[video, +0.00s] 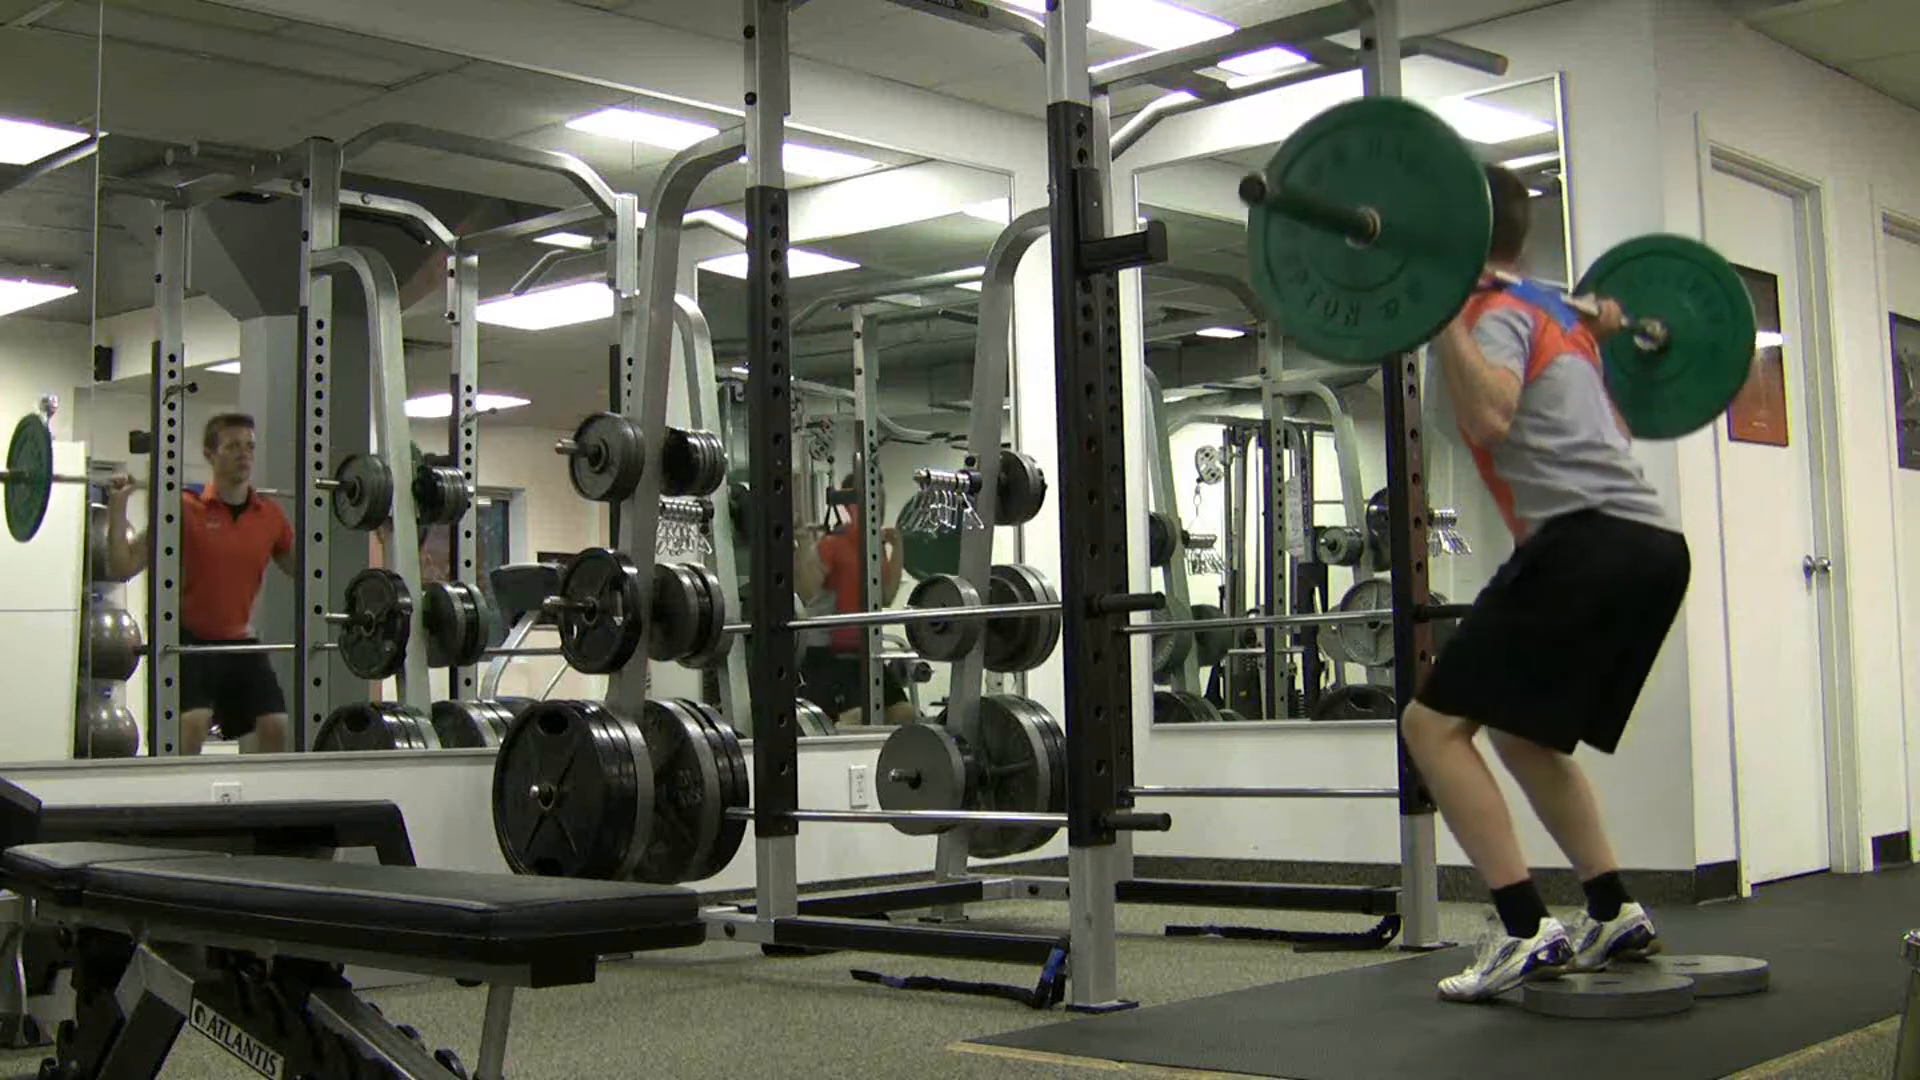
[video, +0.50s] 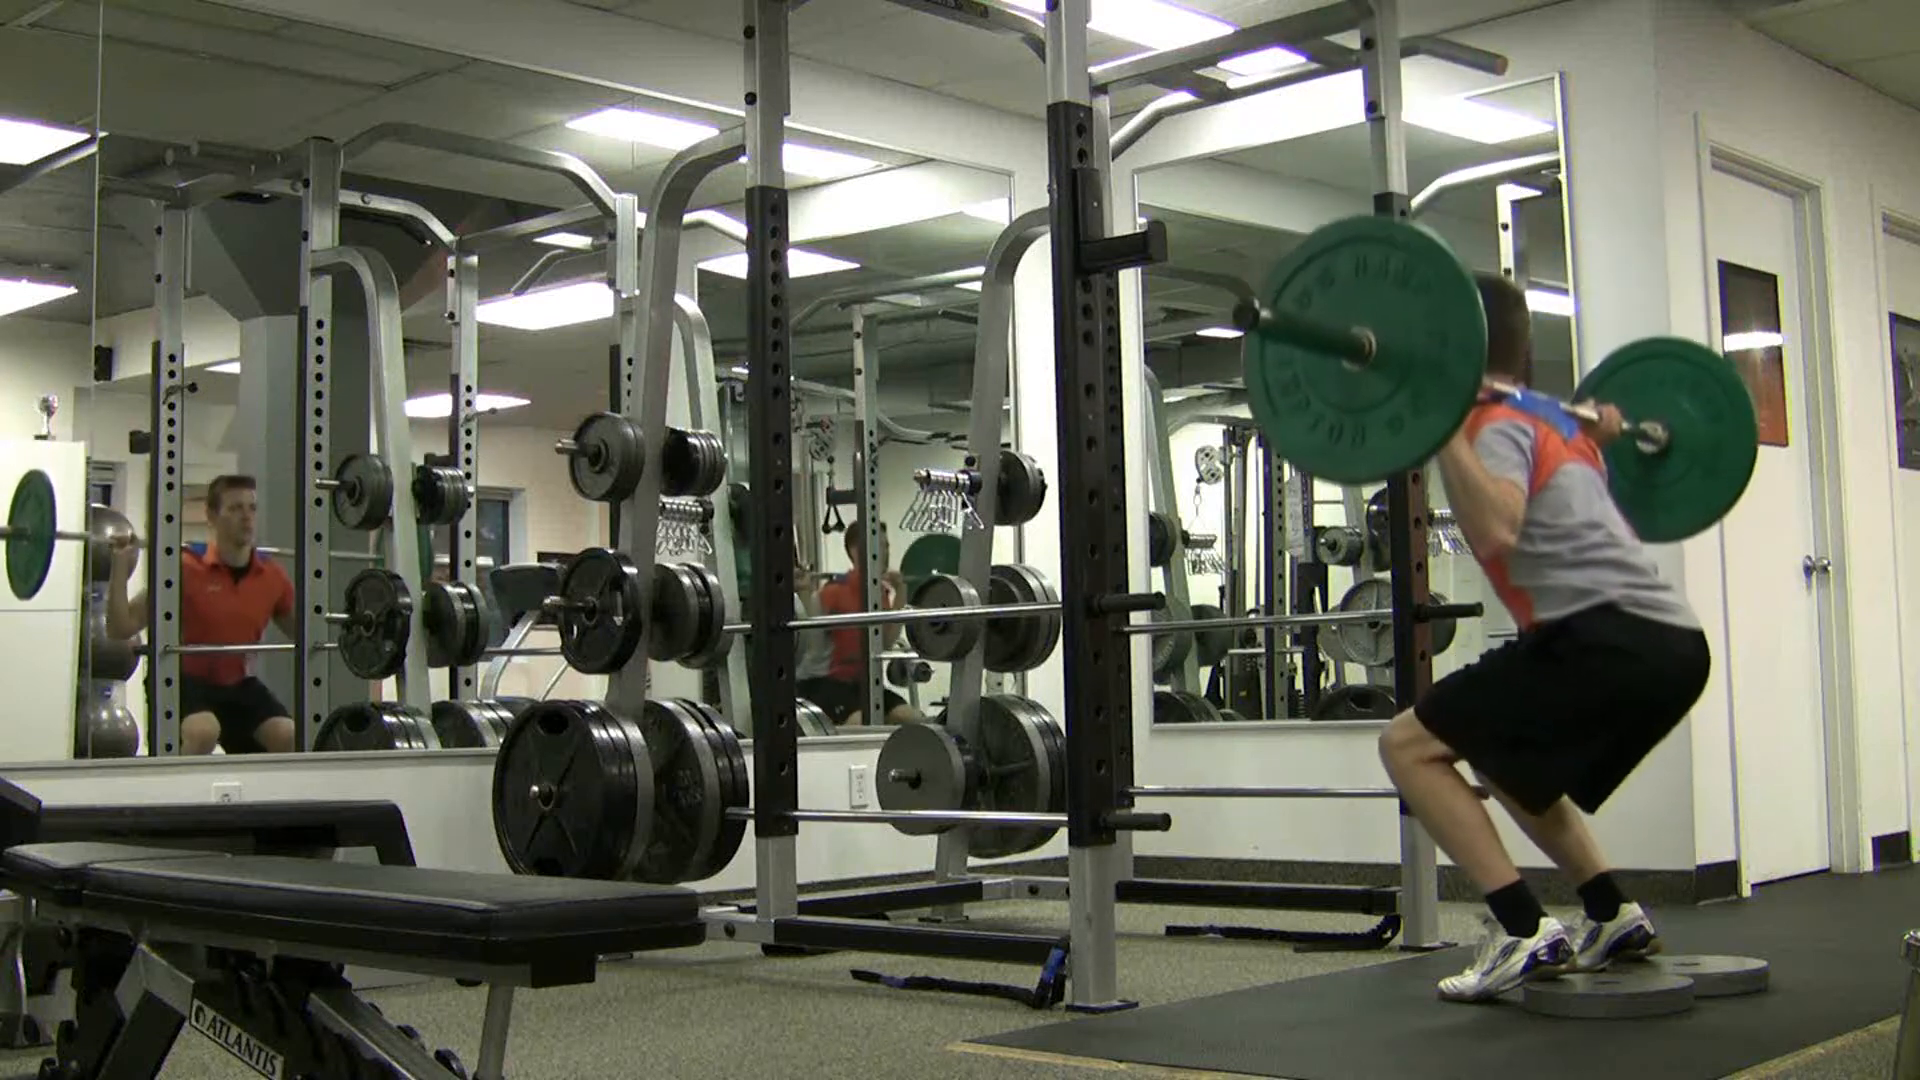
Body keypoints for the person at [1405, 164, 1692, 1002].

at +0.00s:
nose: (1437, 244)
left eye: (1443, 223)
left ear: (1459, 232)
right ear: (1521, 235)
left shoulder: (1497, 306)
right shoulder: (1562, 310)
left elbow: (1487, 420)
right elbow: (1618, 418)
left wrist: (1438, 310)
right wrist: (1596, 327)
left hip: (1584, 541)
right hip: (1655, 548)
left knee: (1431, 725)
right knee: (1524, 730)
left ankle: (1525, 930)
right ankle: (1617, 916)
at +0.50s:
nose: (1429, 360)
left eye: (1438, 343)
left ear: (1456, 351)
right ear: (1517, 351)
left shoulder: (1499, 421)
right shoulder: (1560, 421)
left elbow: (1495, 532)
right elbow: (1579, 496)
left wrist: (1441, 427)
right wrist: (1593, 435)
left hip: (1600, 636)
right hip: (1675, 647)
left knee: (1408, 745)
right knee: (1511, 769)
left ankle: (1521, 929)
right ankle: (1612, 913)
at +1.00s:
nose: (1431, 429)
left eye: (1438, 415)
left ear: (1452, 424)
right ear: (1522, 428)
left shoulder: (1500, 503)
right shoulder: (1563, 494)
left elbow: (1501, 615)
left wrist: (1440, 507)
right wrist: (1596, 503)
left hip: (1617, 709)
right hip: (1679, 721)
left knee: (1398, 753)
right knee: (1498, 779)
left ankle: (1524, 931)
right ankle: (1611, 913)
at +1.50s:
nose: (1434, 436)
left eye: (1439, 423)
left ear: (1449, 435)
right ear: (1523, 437)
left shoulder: (1497, 510)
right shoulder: (1564, 503)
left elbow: (1499, 622)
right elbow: (1586, 542)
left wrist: (1436, 514)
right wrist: (1599, 509)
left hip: (1619, 715)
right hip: (1682, 726)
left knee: (1399, 752)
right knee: (1501, 776)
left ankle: (1523, 931)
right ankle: (1611, 913)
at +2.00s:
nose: (1435, 321)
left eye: (1438, 305)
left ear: (1453, 307)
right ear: (1514, 307)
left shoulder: (1496, 370)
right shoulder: (1555, 373)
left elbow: (1494, 477)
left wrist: (1440, 378)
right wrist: (1593, 382)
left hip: (1599, 590)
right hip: (1671, 593)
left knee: (1420, 735)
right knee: (1512, 750)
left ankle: (1522, 929)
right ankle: (1614, 913)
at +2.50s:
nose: (1439, 185)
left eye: (1444, 166)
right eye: (1448, 167)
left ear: (1464, 169)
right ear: (1521, 174)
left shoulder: (1498, 242)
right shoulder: (1567, 253)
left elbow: (1486, 347)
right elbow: (1625, 377)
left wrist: (1442, 243)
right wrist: (1606, 279)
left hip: (1570, 488)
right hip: (1636, 491)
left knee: (1471, 705)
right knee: (1550, 709)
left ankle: (1526, 928)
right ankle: (1616, 910)